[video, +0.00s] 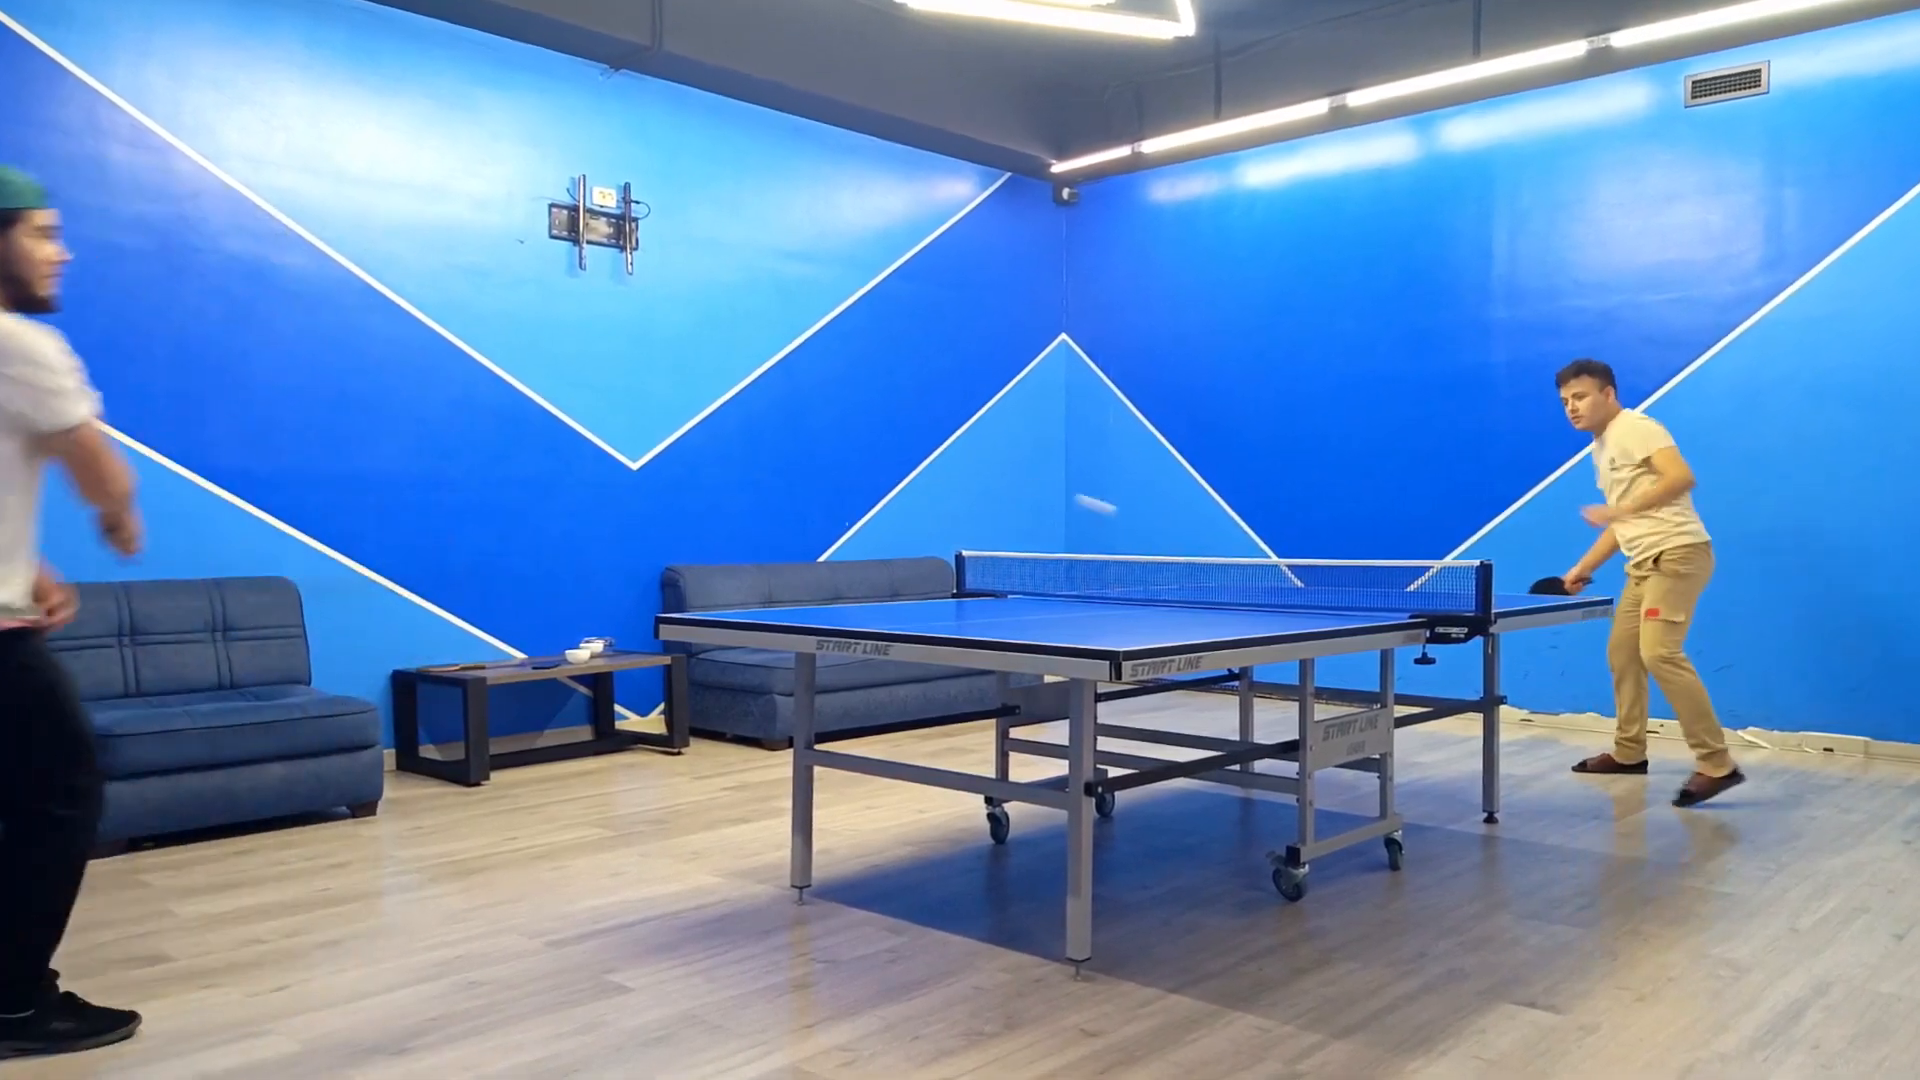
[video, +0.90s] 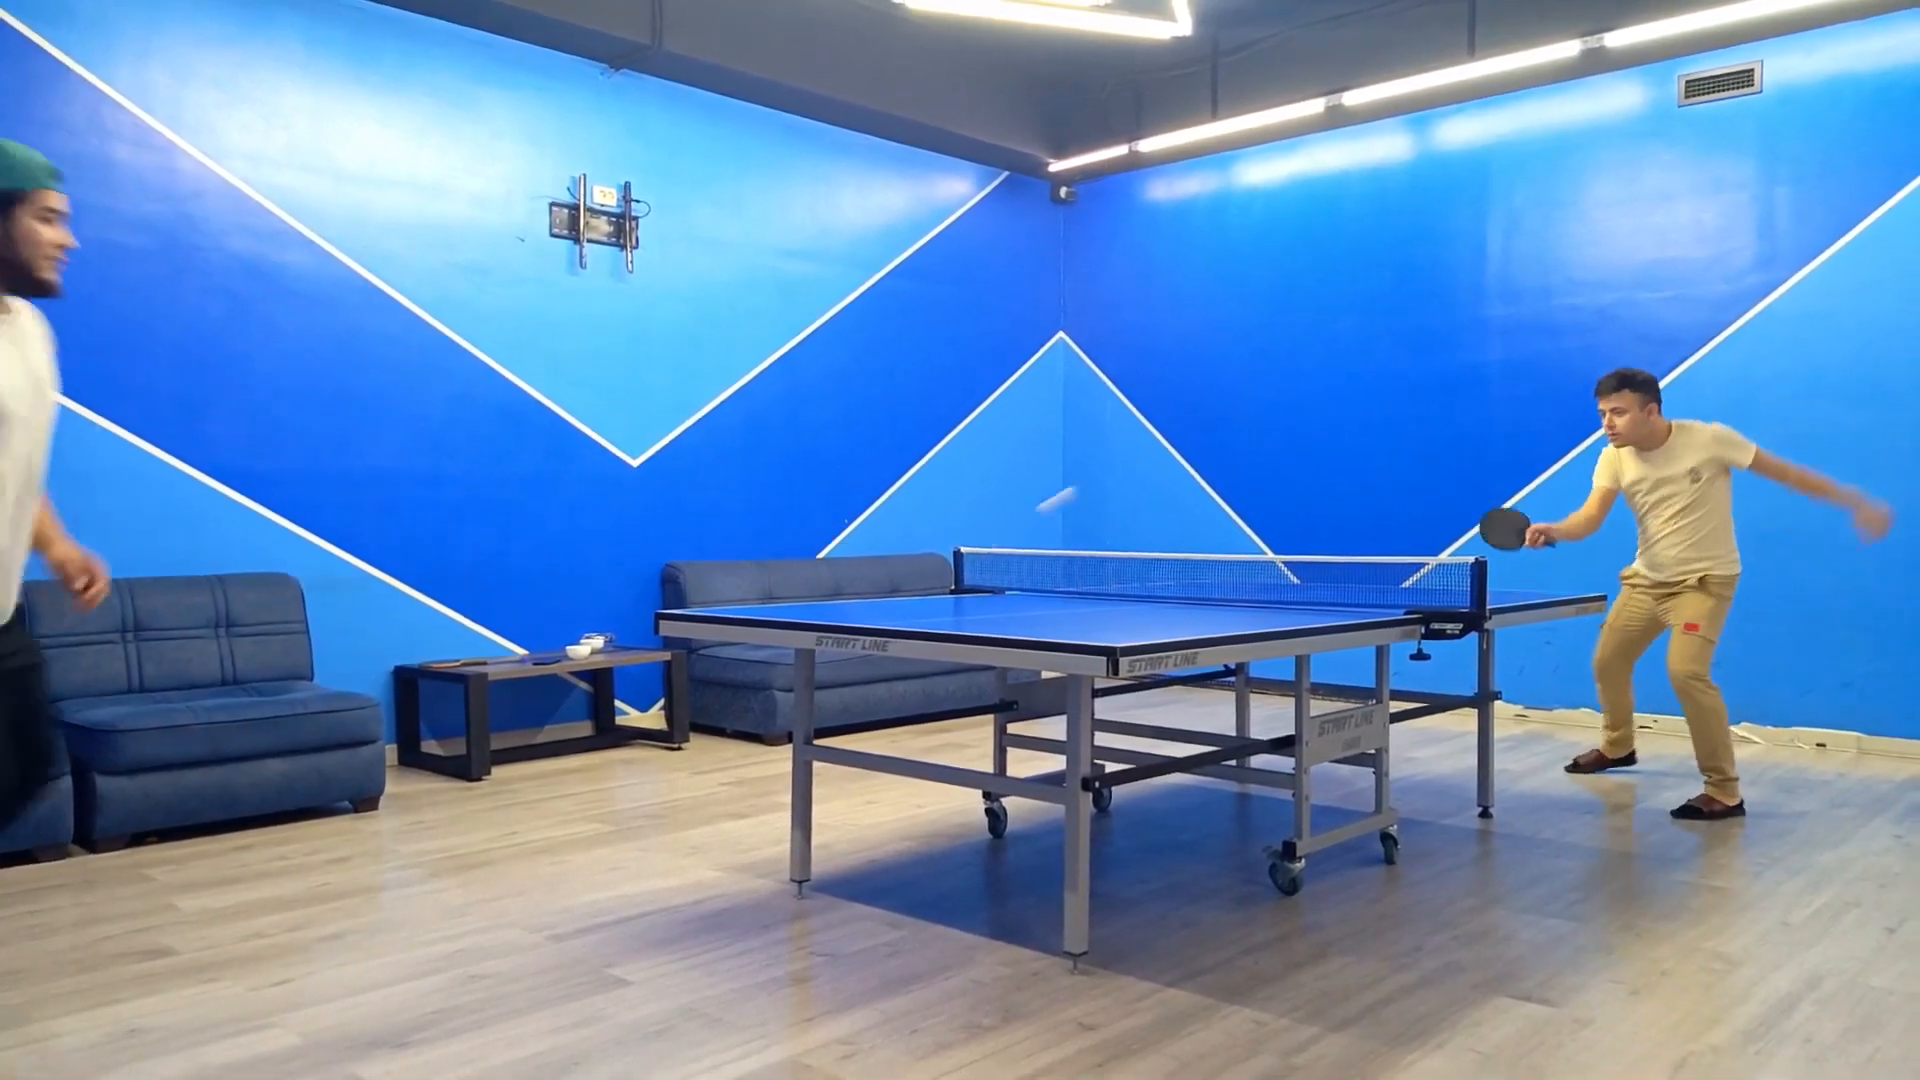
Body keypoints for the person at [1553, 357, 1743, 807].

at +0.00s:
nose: (1571, 408)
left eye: (1579, 397)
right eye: (1565, 401)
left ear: (1609, 395)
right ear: (1566, 406)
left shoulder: (1636, 427)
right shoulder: (1601, 451)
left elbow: (1681, 476)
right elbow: (1623, 519)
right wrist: (1584, 567)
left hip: (1679, 552)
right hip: (1642, 563)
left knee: (1659, 651)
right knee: (1623, 652)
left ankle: (1717, 765)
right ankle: (1629, 754)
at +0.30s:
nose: (1611, 431)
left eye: (1618, 420)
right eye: (1606, 424)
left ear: (1650, 415)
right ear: (1607, 429)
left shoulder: (1680, 442)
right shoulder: (1639, 478)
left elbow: (1712, 457)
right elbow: (1639, 546)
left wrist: (1638, 477)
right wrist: (1587, 570)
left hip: (1703, 582)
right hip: (1661, 589)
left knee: (1662, 685)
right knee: (1625, 666)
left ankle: (1730, 796)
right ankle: (1631, 755)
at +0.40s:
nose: (1615, 425)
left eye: (1623, 413)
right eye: (1610, 417)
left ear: (1656, 408)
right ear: (1612, 420)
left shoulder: (1699, 435)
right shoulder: (1629, 465)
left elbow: (1773, 428)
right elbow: (1619, 524)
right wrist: (1567, 538)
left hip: (1718, 578)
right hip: (1670, 583)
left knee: (1673, 679)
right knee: (1642, 671)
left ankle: (1730, 795)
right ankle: (1636, 755)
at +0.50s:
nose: (1616, 419)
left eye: (1624, 409)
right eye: (1611, 411)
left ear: (1656, 402)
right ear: (1611, 411)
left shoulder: (1714, 422)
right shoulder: (1629, 451)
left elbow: (1787, 411)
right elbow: (1605, 490)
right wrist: (1551, 503)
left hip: (1725, 569)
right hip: (1672, 574)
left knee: (1692, 675)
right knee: (1653, 666)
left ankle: (1730, 794)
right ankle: (1649, 757)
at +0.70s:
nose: (1620, 409)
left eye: (1629, 398)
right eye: (1615, 400)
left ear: (1664, 392)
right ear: (1618, 401)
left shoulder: (1721, 415)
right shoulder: (1622, 439)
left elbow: (1807, 410)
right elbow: (1590, 481)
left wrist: (1886, 389)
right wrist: (1536, 494)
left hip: (1724, 565)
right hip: (1663, 568)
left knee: (1719, 675)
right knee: (1646, 661)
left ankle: (1732, 793)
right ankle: (1644, 745)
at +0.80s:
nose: (1618, 415)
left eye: (1626, 404)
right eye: (1612, 406)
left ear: (1661, 399)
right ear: (1615, 407)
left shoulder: (1717, 425)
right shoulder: (1620, 447)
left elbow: (1796, 435)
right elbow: (1593, 498)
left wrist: (1881, 436)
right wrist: (1545, 514)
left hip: (1716, 570)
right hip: (1656, 570)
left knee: (1705, 674)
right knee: (1628, 656)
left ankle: (1727, 793)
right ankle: (1636, 742)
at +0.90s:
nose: (1607, 424)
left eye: (1616, 413)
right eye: (1604, 414)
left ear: (1651, 411)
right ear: (1605, 415)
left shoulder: (1708, 440)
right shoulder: (1614, 457)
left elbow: (1788, 474)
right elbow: (1588, 519)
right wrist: (1553, 530)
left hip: (1705, 579)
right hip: (1647, 580)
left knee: (1686, 671)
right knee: (1607, 662)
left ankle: (1723, 792)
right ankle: (1617, 747)